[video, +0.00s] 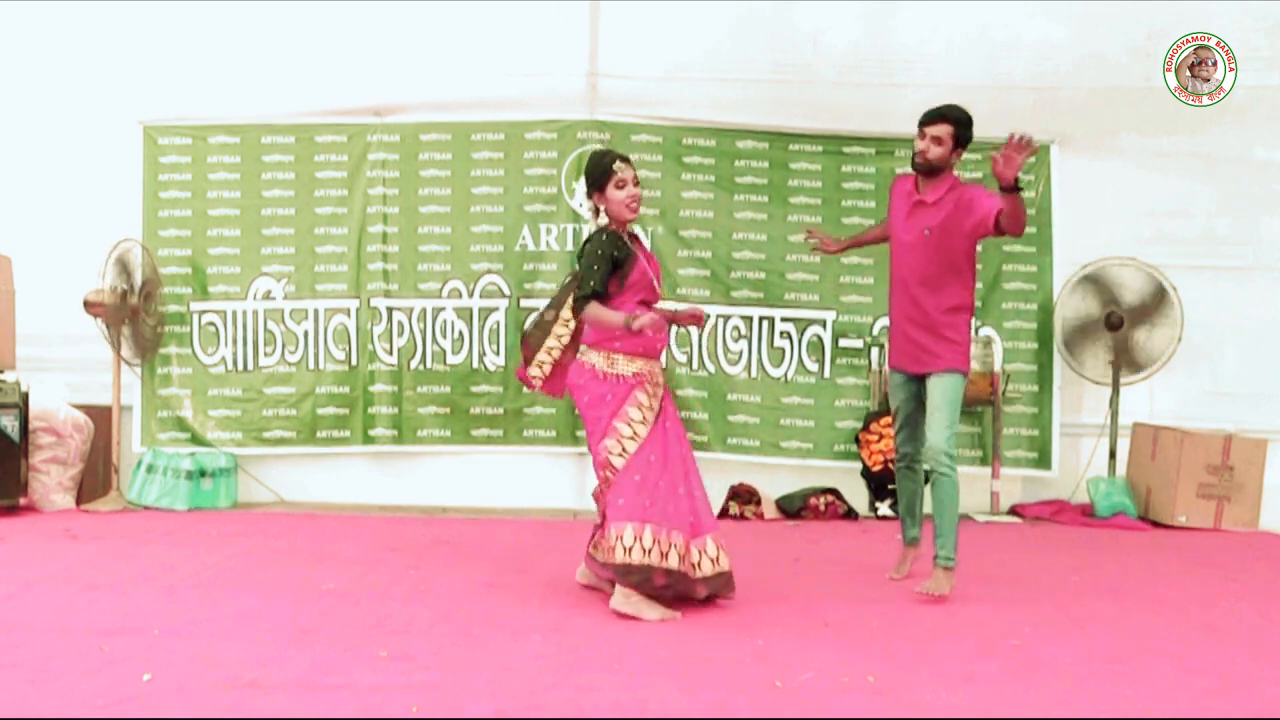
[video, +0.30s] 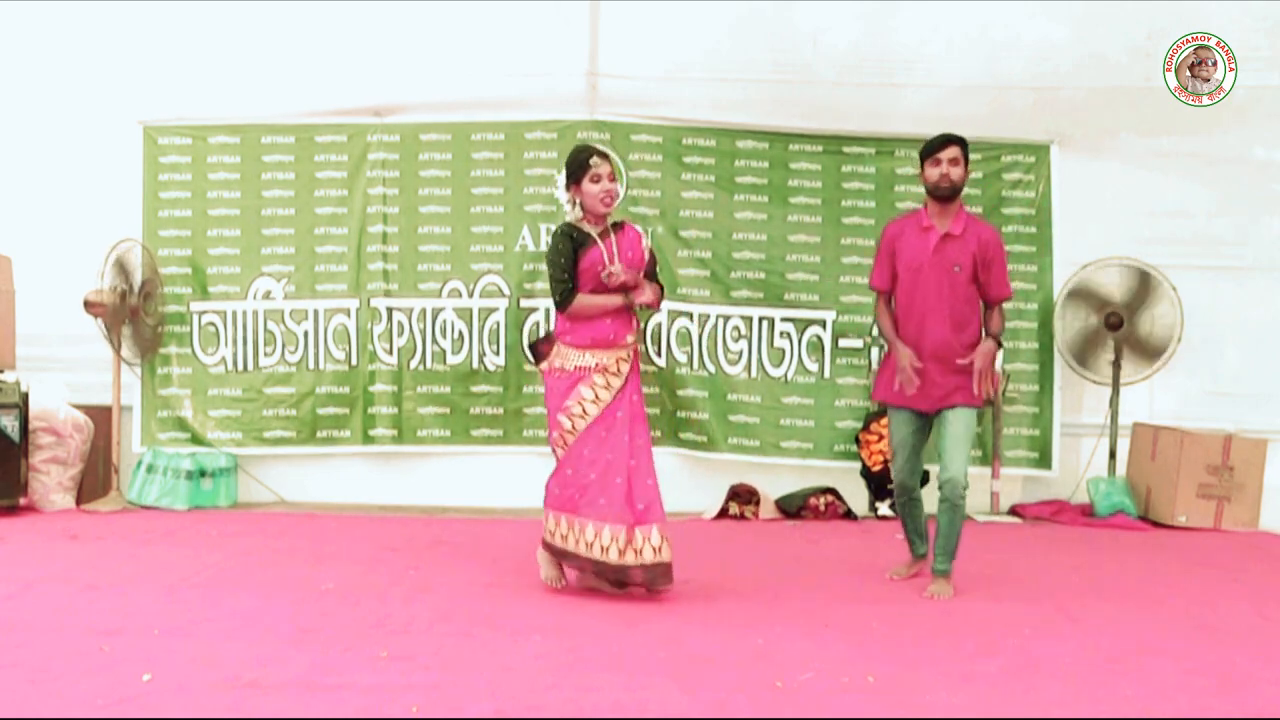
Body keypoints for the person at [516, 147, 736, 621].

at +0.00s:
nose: (634, 193)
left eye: (636, 184)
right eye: (621, 187)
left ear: (640, 189)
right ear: (598, 198)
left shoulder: (634, 242)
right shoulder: (603, 242)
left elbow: (635, 304)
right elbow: (584, 305)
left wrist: (676, 315)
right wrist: (626, 322)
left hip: (634, 372)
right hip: (610, 374)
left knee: (636, 467)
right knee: (647, 468)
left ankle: (598, 561)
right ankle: (631, 590)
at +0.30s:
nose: (607, 188)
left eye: (612, 179)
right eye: (595, 181)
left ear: (619, 185)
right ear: (575, 189)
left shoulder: (632, 236)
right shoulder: (566, 238)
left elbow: (657, 292)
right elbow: (566, 302)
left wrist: (632, 280)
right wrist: (627, 297)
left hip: (621, 360)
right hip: (575, 361)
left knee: (622, 454)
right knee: (583, 456)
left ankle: (613, 557)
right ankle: (553, 546)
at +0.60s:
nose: (591, 189)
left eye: (596, 180)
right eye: (580, 182)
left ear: (603, 186)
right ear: (560, 191)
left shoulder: (621, 243)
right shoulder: (546, 243)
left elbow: (631, 306)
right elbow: (526, 310)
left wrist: (627, 360)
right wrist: (526, 370)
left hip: (603, 367)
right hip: (553, 366)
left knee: (601, 458)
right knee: (555, 458)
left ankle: (597, 558)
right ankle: (556, 557)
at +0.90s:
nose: (594, 203)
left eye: (599, 194)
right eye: (583, 195)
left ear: (608, 198)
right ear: (563, 204)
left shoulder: (627, 257)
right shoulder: (552, 259)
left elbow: (636, 318)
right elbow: (530, 325)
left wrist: (624, 368)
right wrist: (521, 385)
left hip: (606, 374)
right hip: (556, 372)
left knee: (598, 463)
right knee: (556, 461)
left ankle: (586, 559)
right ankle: (550, 557)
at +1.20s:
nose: (633, 219)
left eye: (637, 209)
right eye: (622, 213)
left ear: (645, 209)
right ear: (602, 220)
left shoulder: (665, 262)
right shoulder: (590, 263)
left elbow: (668, 328)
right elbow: (575, 331)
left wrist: (674, 390)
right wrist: (617, 369)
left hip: (639, 369)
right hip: (587, 368)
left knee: (633, 457)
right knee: (584, 455)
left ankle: (625, 559)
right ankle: (543, 544)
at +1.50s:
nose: (669, 231)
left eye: (674, 221)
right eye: (658, 224)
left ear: (681, 221)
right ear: (638, 231)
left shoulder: (700, 265)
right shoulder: (630, 279)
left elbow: (707, 327)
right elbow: (622, 345)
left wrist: (712, 389)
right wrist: (640, 391)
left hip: (679, 372)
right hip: (633, 373)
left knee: (681, 455)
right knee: (643, 456)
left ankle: (676, 555)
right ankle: (639, 553)